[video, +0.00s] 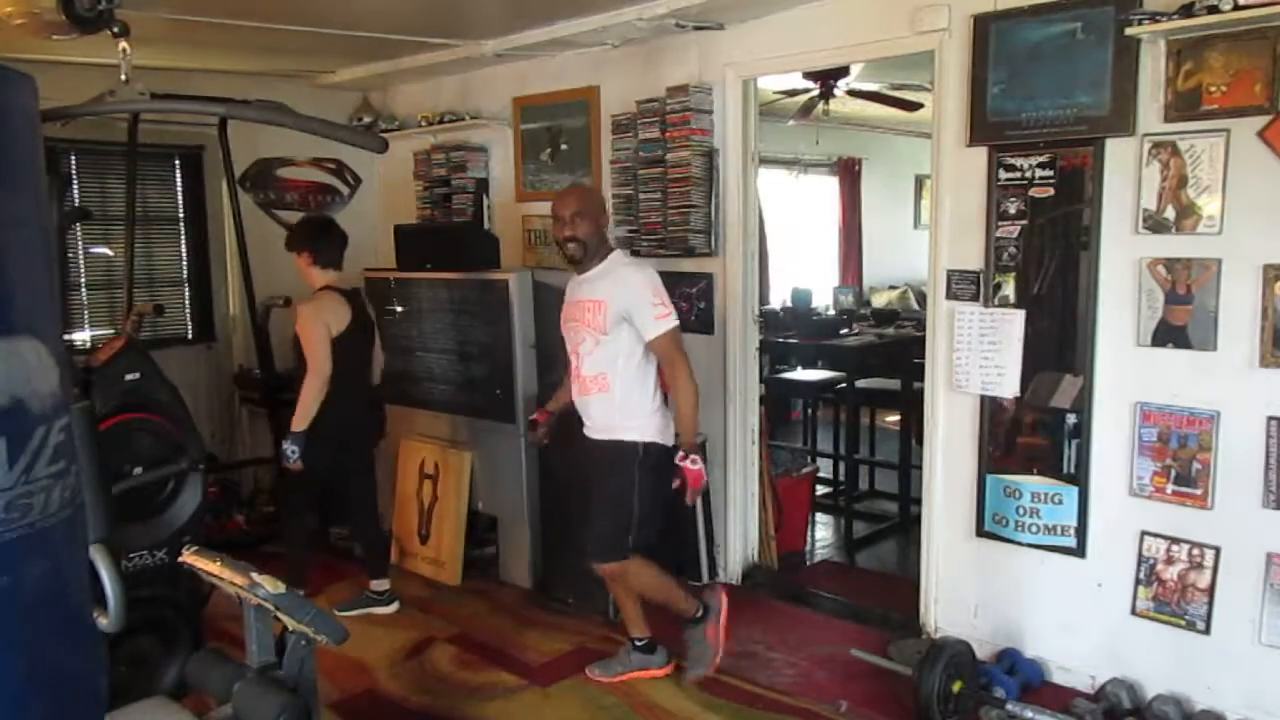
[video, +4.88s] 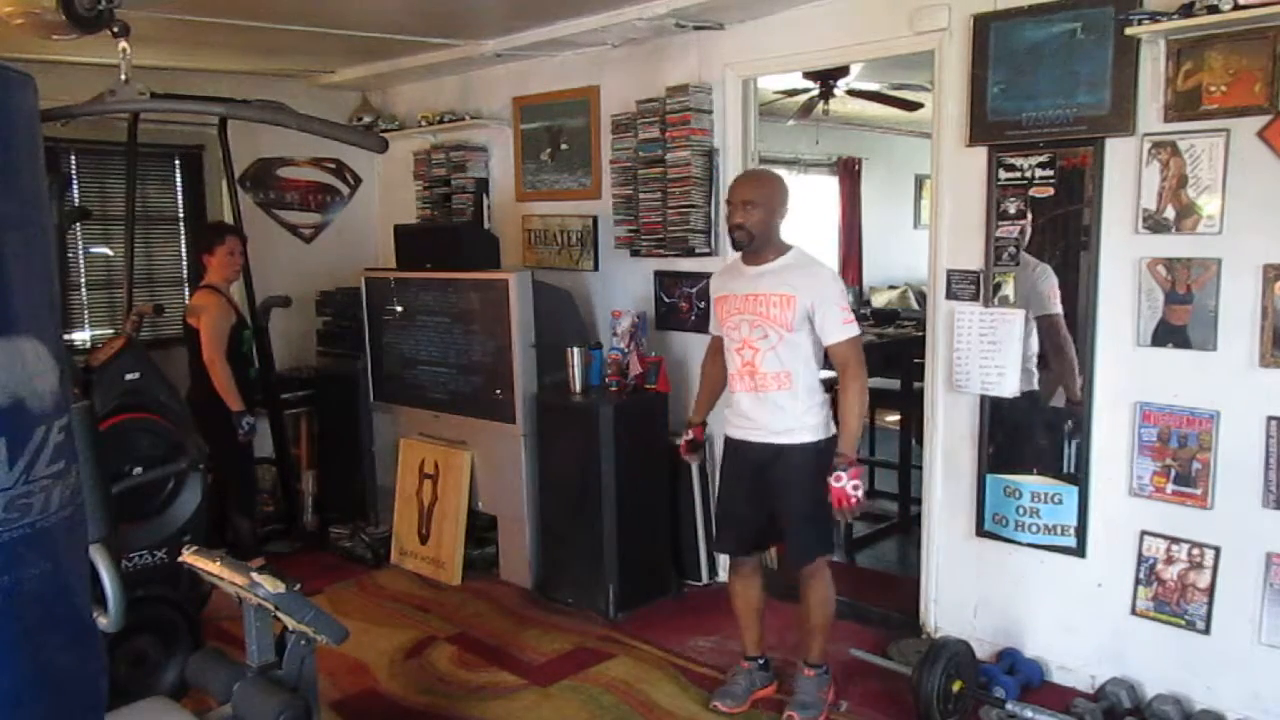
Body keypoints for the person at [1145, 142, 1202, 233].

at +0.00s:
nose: (1158, 158)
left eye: (1159, 154)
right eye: (1155, 156)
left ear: (1168, 149)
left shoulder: (1175, 161)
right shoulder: (1164, 164)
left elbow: (1170, 188)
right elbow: (1162, 188)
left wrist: (1160, 213)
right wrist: (1157, 212)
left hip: (1190, 211)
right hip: (1180, 212)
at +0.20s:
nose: (1158, 158)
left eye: (1159, 153)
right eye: (1155, 156)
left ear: (1168, 149)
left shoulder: (1175, 161)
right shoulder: (1164, 164)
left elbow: (1170, 188)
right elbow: (1161, 188)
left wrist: (1160, 214)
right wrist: (1157, 212)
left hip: (1190, 211)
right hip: (1180, 212)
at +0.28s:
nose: (1157, 158)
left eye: (1159, 154)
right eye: (1155, 156)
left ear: (1168, 150)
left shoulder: (1175, 161)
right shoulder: (1164, 165)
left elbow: (1170, 188)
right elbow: (1161, 188)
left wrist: (1160, 214)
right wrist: (1157, 212)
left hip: (1190, 211)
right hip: (1180, 212)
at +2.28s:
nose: (1157, 158)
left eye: (1159, 153)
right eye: (1155, 156)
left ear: (1168, 150)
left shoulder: (1175, 161)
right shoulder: (1164, 166)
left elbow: (1170, 188)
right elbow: (1161, 188)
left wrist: (1160, 213)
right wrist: (1157, 212)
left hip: (1190, 211)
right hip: (1180, 211)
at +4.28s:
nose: (1158, 158)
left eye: (1159, 153)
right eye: (1155, 156)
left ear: (1169, 150)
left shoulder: (1175, 161)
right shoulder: (1164, 166)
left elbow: (1170, 187)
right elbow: (1162, 188)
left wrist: (1160, 213)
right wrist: (1157, 212)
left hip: (1190, 211)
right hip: (1180, 212)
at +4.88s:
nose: (1157, 158)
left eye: (1159, 153)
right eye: (1155, 155)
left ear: (1168, 150)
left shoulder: (1175, 161)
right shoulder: (1164, 166)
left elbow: (1170, 187)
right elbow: (1161, 188)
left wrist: (1160, 212)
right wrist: (1157, 212)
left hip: (1190, 211)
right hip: (1180, 212)